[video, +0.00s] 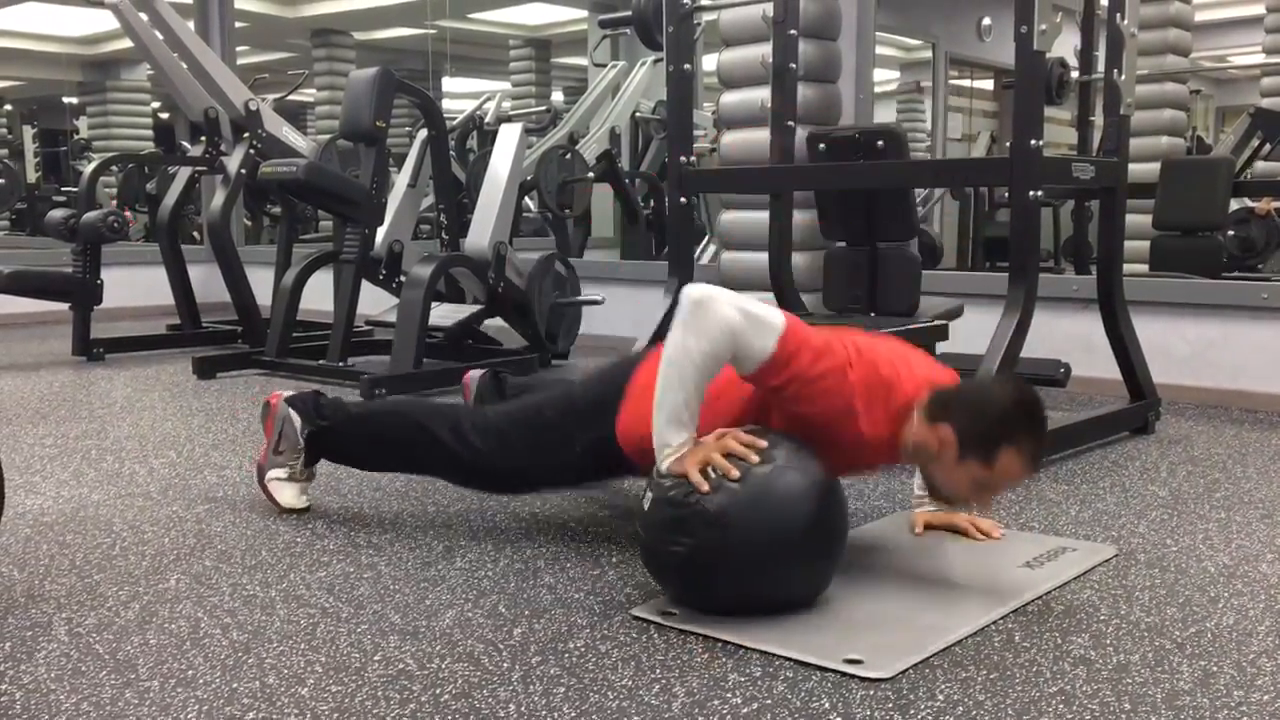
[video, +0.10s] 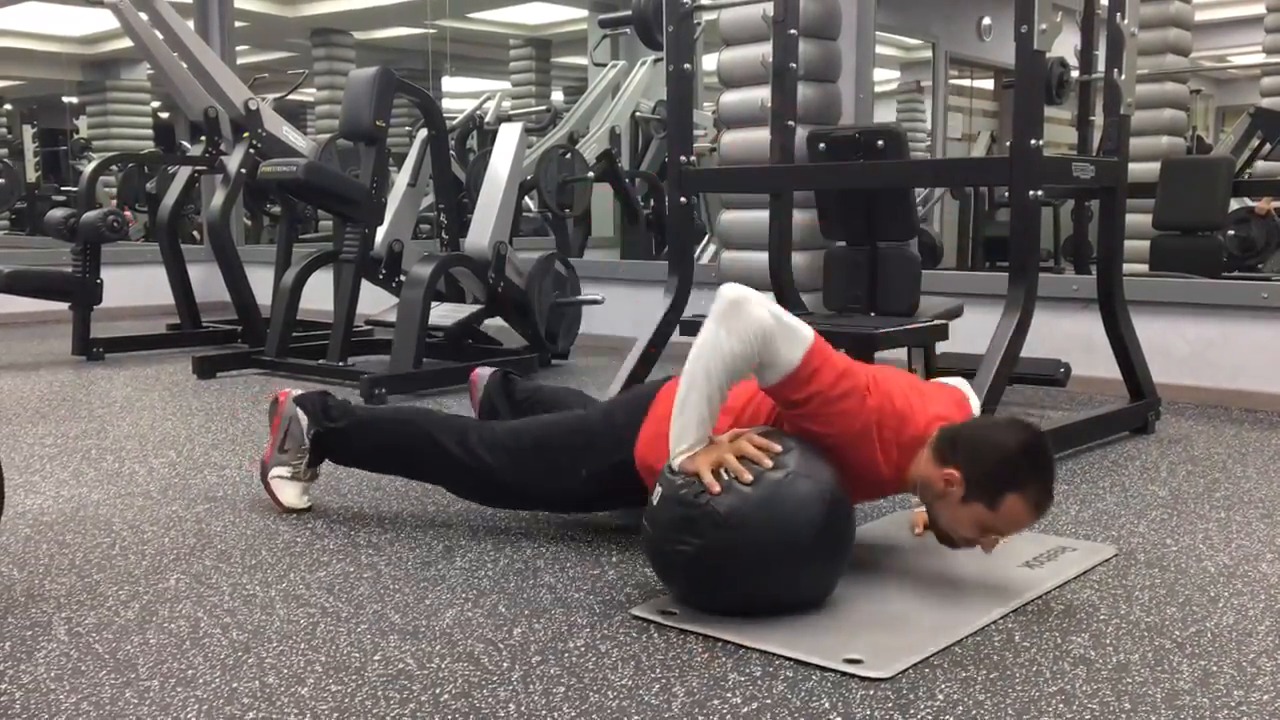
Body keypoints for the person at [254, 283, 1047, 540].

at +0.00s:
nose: (981, 499)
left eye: (997, 493)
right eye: (983, 485)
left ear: (969, 432)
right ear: (945, 435)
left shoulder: (941, 395)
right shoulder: (859, 378)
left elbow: (932, 426)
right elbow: (706, 306)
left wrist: (945, 497)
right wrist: (672, 438)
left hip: (673, 387)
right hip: (635, 406)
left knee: (525, 401)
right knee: (481, 445)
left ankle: (463, 389)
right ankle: (306, 421)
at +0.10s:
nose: (984, 540)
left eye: (999, 533)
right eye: (985, 526)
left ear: (961, 470)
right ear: (942, 478)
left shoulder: (952, 420)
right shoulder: (855, 407)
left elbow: (957, 403)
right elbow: (740, 309)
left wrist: (921, 497)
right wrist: (688, 447)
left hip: (692, 433)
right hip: (651, 435)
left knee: (579, 419)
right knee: (484, 460)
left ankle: (498, 381)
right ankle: (315, 420)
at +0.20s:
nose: (990, 522)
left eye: (1006, 515)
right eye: (989, 508)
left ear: (970, 462)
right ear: (946, 458)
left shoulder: (947, 418)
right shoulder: (863, 401)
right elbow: (732, 307)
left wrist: (941, 504)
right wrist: (687, 445)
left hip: (691, 430)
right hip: (655, 430)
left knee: (574, 413)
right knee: (485, 454)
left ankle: (490, 383)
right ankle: (315, 418)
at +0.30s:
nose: (989, 462)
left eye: (1004, 453)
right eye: (988, 443)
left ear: (965, 406)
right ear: (943, 397)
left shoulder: (921, 386)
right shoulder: (853, 363)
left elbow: (929, 420)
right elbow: (699, 300)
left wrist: (937, 495)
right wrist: (690, 438)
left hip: (673, 405)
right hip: (639, 384)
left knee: (505, 413)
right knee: (480, 434)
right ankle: (302, 420)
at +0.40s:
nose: (973, 380)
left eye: (985, 368)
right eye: (970, 362)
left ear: (960, 330)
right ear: (926, 318)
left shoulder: (923, 338)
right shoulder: (825, 296)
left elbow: (934, 404)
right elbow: (668, 303)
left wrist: (929, 495)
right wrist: (709, 430)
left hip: (659, 391)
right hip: (620, 338)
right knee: (463, 404)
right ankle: (295, 421)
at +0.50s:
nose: (949, 287)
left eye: (963, 275)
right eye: (946, 265)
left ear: (947, 254)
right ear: (900, 220)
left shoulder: (894, 288)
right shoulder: (798, 222)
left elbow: (910, 384)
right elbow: (666, 323)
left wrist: (928, 493)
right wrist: (787, 374)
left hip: (634, 339)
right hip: (588, 292)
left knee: (524, 387)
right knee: (446, 375)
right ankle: (289, 420)